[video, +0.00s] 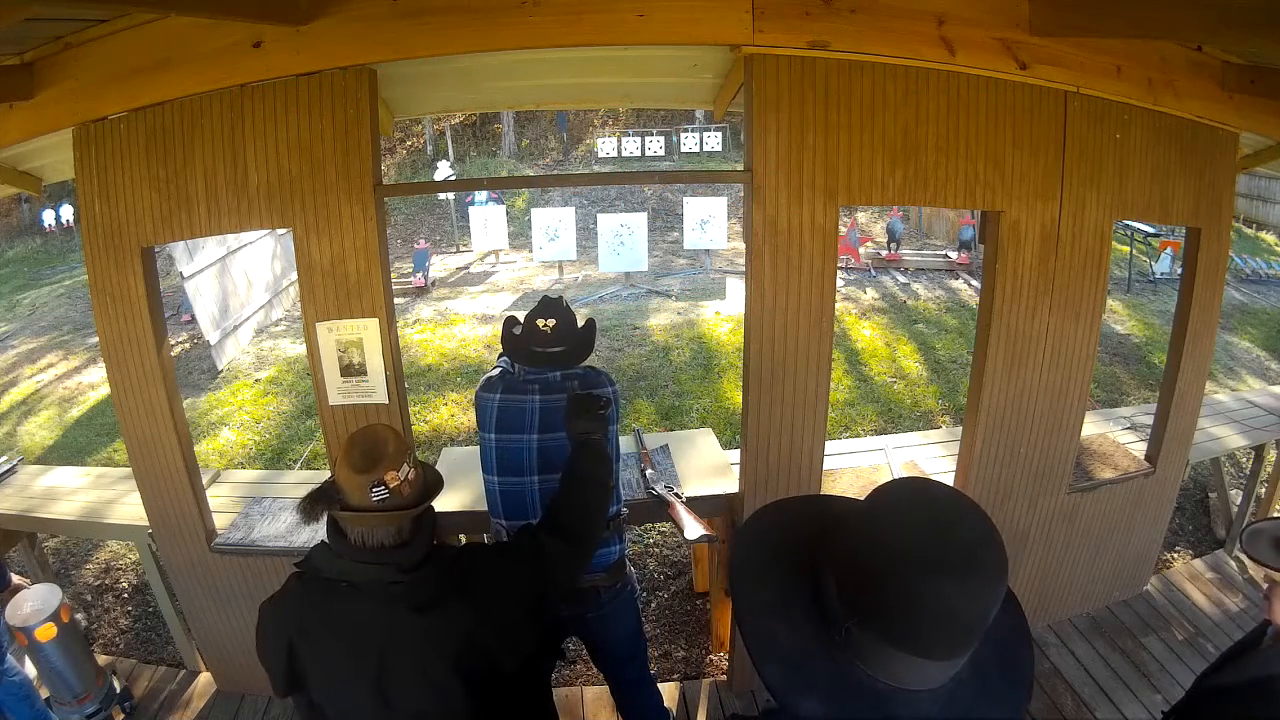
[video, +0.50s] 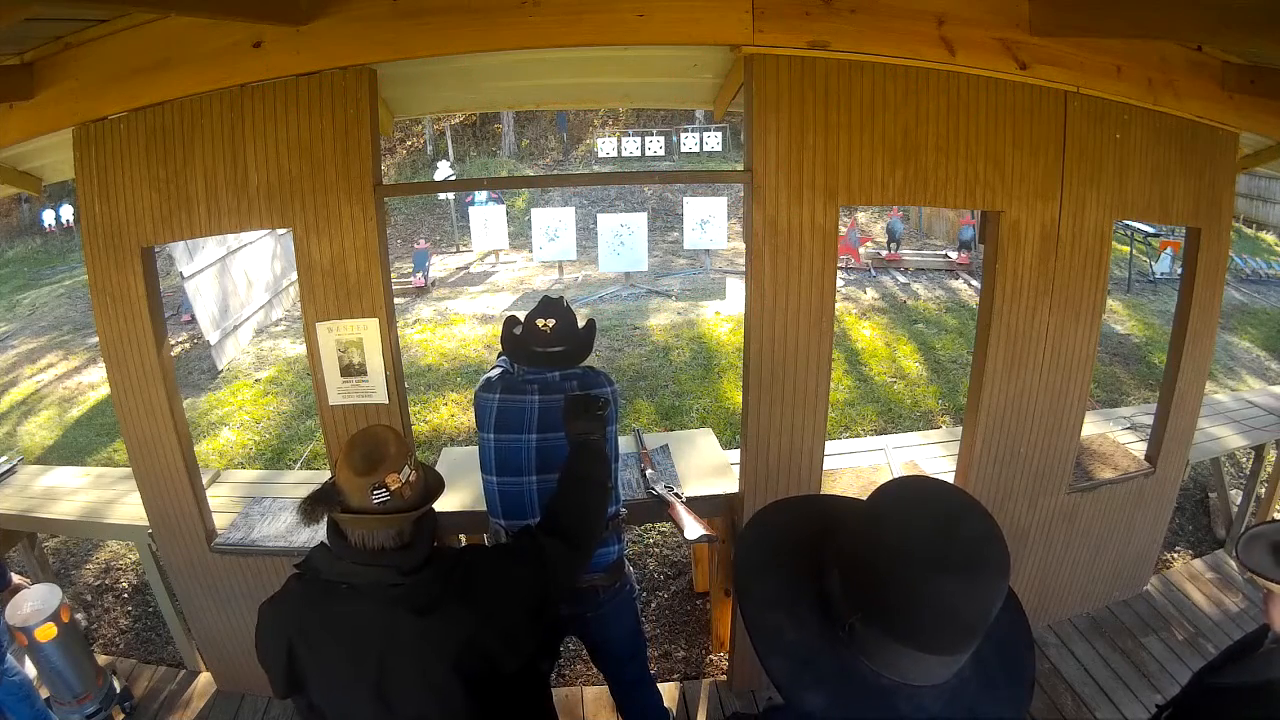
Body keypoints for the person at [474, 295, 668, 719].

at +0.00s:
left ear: (515, 342)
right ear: (577, 344)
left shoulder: (488, 393)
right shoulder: (599, 388)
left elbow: (509, 369)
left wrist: (519, 345)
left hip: (519, 582)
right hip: (598, 578)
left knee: (530, 693)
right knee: (635, 689)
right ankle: (653, 716)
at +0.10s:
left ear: (513, 341)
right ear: (577, 342)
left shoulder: (488, 394)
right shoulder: (599, 388)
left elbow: (508, 369)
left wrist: (522, 346)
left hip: (520, 582)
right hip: (598, 578)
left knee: (530, 692)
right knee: (635, 690)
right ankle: (653, 715)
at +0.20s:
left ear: (515, 342)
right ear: (577, 342)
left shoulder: (488, 393)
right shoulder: (599, 388)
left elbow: (510, 371)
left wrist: (520, 346)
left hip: (520, 582)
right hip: (598, 577)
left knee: (530, 692)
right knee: (635, 688)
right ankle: (654, 716)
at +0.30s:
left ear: (516, 341)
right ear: (577, 342)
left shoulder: (488, 393)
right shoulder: (599, 388)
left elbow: (508, 368)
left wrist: (519, 345)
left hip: (519, 582)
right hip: (597, 577)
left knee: (530, 693)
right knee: (635, 689)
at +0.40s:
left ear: (512, 340)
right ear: (576, 341)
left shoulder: (488, 394)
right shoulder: (600, 388)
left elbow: (506, 363)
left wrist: (522, 341)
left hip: (519, 582)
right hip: (597, 578)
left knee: (529, 693)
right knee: (635, 688)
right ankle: (653, 715)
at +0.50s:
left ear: (515, 340)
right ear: (576, 342)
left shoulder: (488, 393)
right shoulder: (599, 387)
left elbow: (507, 365)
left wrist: (519, 344)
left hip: (518, 582)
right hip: (596, 577)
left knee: (529, 691)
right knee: (634, 688)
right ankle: (653, 715)